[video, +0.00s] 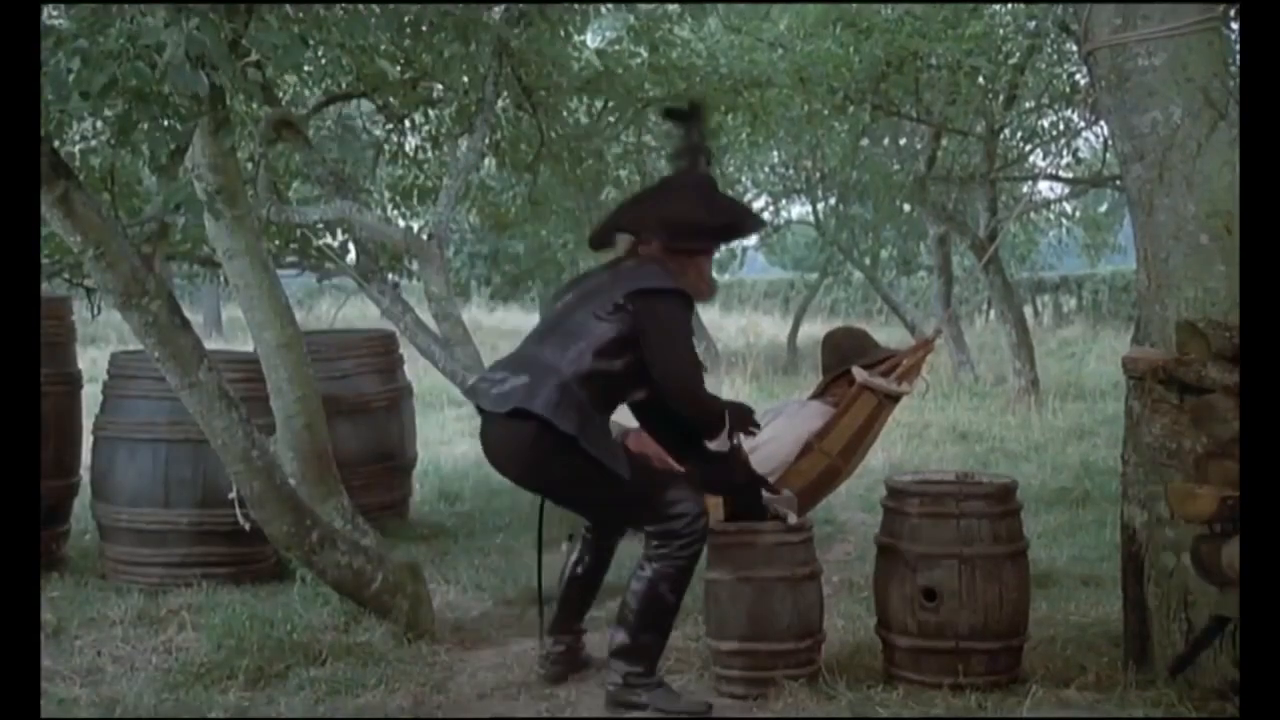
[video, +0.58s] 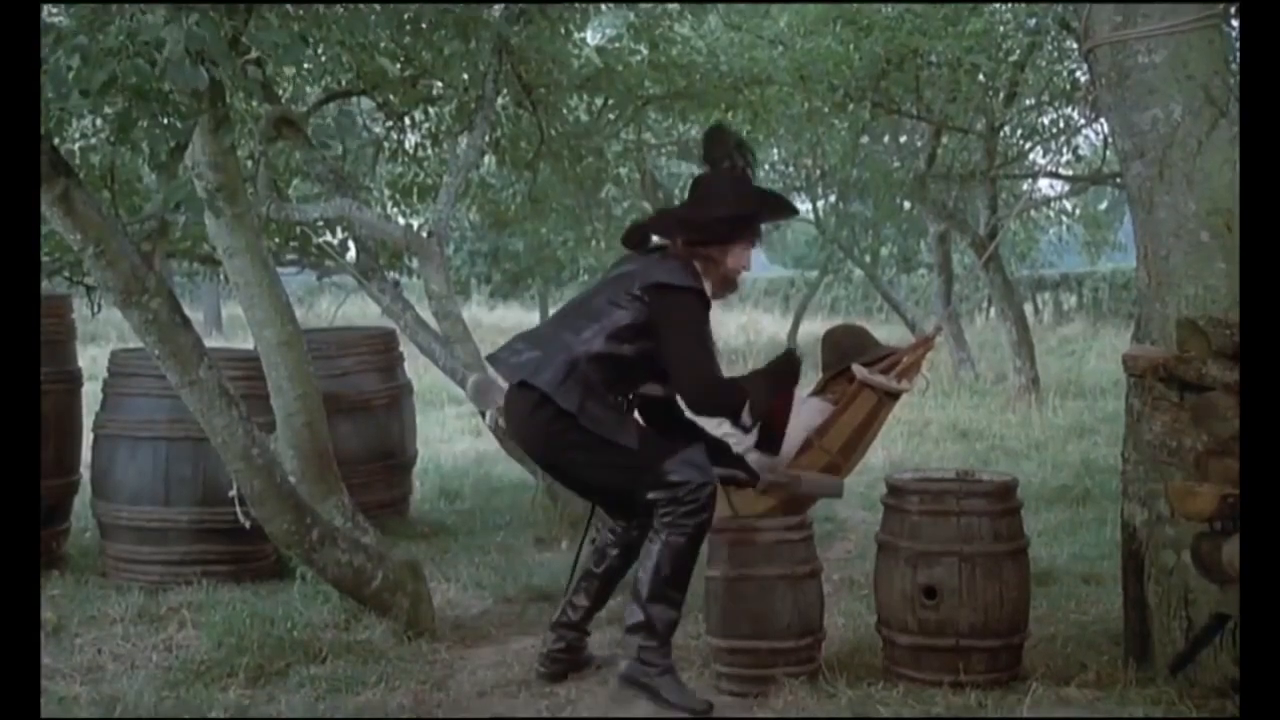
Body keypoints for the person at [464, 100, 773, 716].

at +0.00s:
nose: (715, 274)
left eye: (715, 258)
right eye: (710, 258)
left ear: (652, 249)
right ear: (679, 253)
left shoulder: (608, 283)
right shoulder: (662, 293)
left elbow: (667, 422)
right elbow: (686, 402)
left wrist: (745, 488)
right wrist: (730, 415)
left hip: (502, 428)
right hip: (543, 434)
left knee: (613, 510)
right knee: (682, 517)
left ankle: (561, 646)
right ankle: (634, 679)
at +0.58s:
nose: (752, 260)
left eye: (753, 246)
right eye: (749, 244)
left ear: (699, 239)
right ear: (719, 242)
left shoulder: (649, 272)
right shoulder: (677, 285)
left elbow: (650, 403)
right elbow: (705, 395)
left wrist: (725, 459)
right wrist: (756, 389)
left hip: (526, 399)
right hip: (552, 407)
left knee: (635, 509)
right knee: (690, 488)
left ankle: (563, 644)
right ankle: (648, 663)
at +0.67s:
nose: (756, 257)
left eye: (758, 244)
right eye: (752, 242)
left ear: (706, 237)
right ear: (719, 238)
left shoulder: (659, 267)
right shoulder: (684, 281)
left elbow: (654, 390)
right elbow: (724, 384)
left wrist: (716, 453)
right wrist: (797, 355)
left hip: (536, 396)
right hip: (560, 401)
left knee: (637, 514)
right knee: (692, 482)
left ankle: (563, 643)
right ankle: (670, 660)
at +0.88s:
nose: (797, 266)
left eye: (800, 253)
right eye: (795, 252)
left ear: (746, 241)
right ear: (763, 248)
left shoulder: (691, 270)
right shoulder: (732, 280)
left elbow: (670, 392)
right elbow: (791, 365)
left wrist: (762, 438)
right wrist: (868, 371)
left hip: (560, 389)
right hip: (597, 397)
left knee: (643, 511)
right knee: (714, 495)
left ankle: (563, 641)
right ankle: (683, 664)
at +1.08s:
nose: (828, 280)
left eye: (833, 267)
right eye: (825, 265)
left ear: (771, 249)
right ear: (790, 257)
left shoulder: (722, 276)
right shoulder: (764, 291)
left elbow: (713, 392)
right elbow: (820, 390)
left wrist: (811, 412)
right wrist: (891, 403)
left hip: (580, 379)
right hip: (616, 391)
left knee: (645, 511)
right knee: (733, 498)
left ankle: (565, 640)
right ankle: (686, 666)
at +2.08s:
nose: (822, 269)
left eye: (829, 258)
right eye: (819, 256)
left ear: (776, 237)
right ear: (790, 246)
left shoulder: (735, 259)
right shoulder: (745, 272)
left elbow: (750, 373)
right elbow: (767, 375)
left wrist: (818, 419)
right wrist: (834, 415)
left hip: (593, 354)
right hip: (605, 362)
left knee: (688, 482)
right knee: (702, 487)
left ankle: (638, 619)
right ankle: (683, 659)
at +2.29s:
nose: (808, 269)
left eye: (814, 257)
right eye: (803, 255)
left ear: (778, 246)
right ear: (769, 242)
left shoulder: (743, 276)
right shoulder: (711, 275)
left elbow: (730, 386)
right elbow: (732, 397)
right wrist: (817, 459)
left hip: (625, 352)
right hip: (587, 349)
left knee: (690, 469)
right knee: (669, 472)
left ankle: (636, 621)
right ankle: (647, 640)